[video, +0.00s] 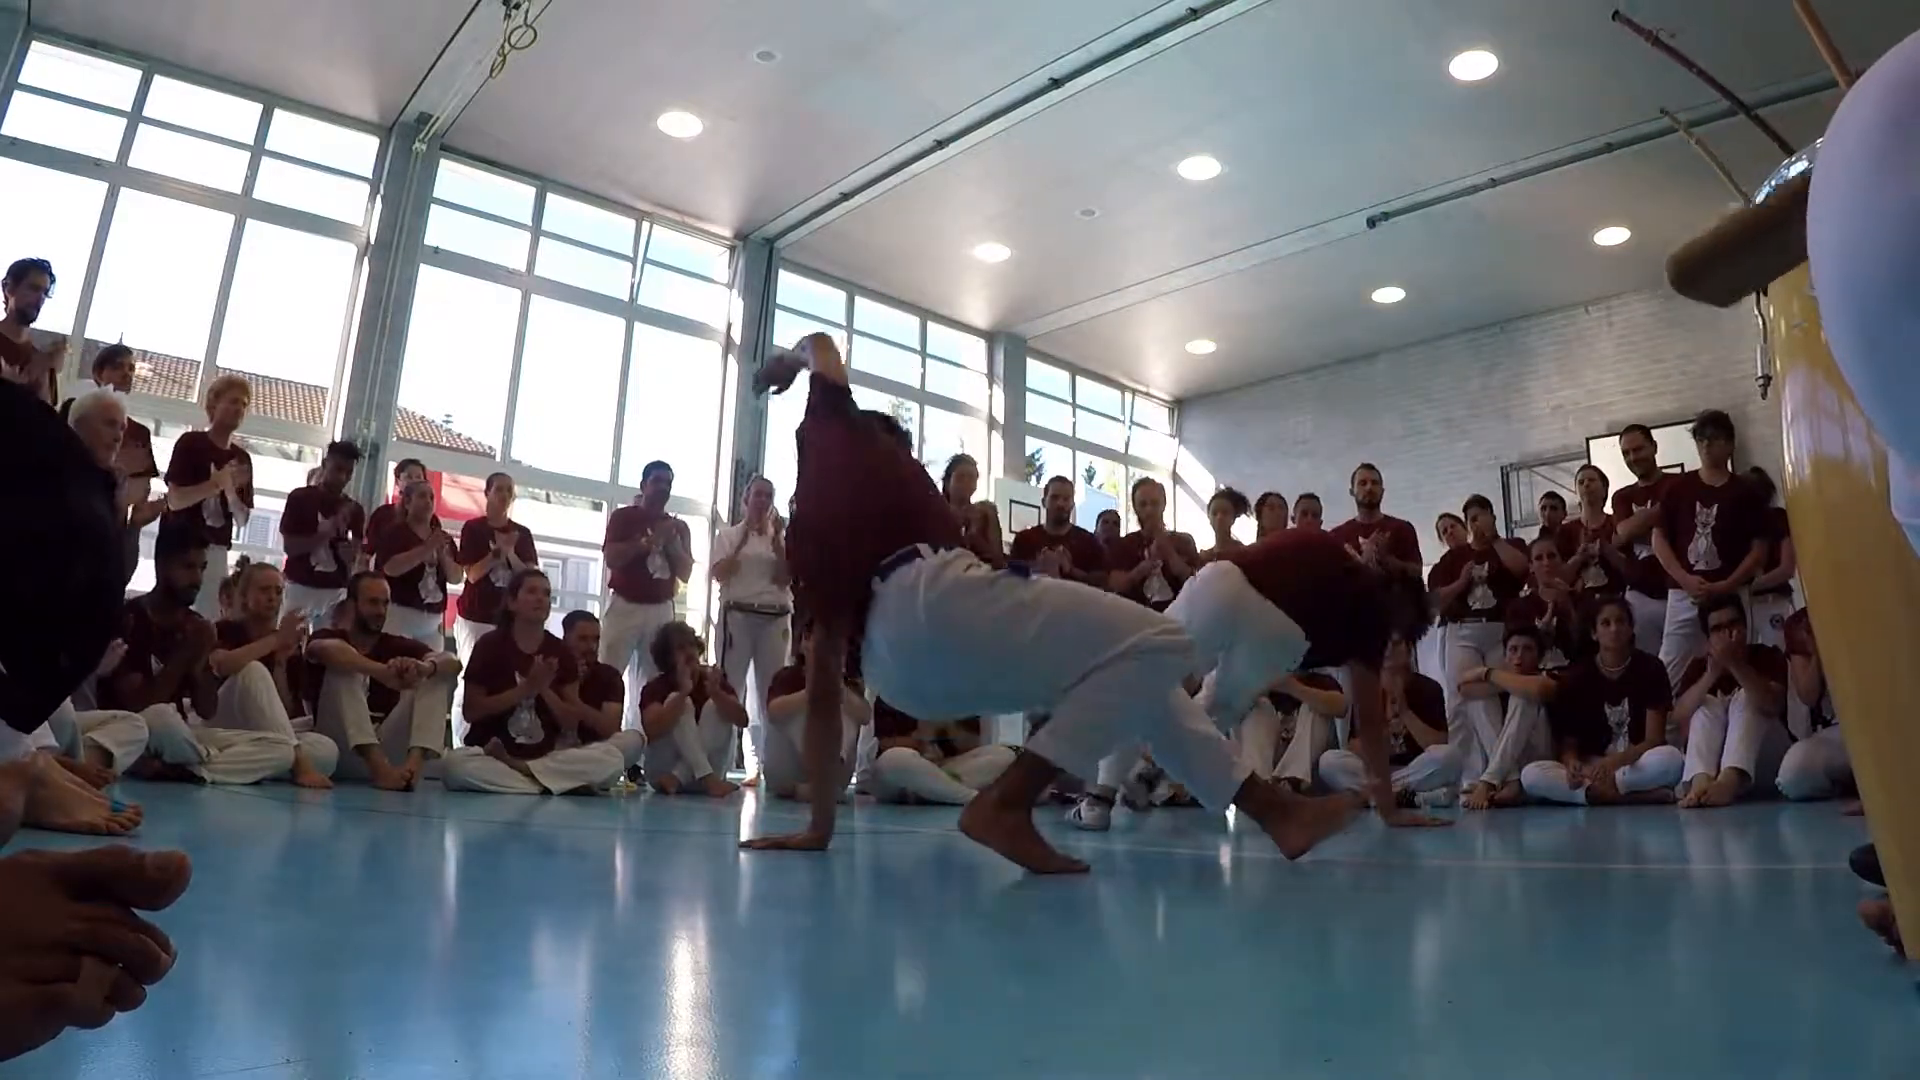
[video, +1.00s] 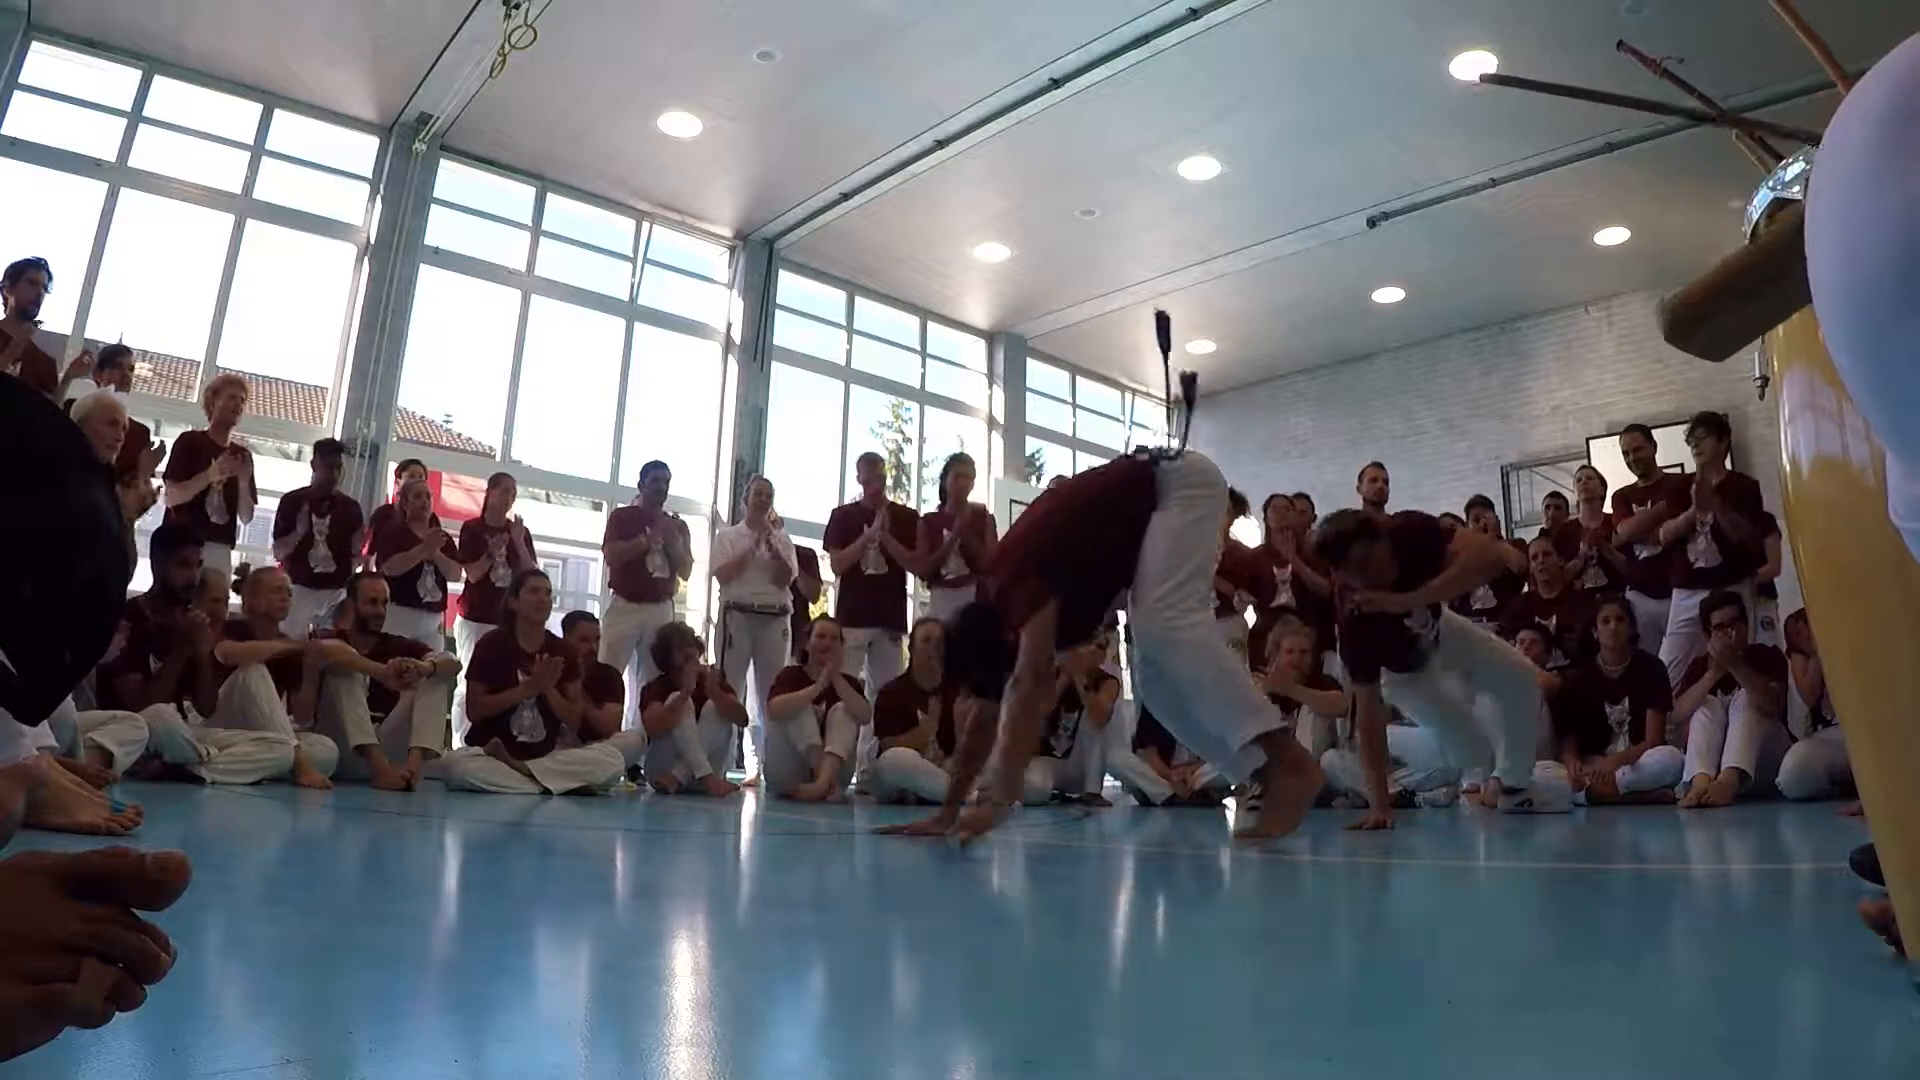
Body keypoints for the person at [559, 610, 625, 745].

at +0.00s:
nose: (591, 646)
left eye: (596, 639)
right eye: (583, 639)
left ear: (600, 640)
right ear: (565, 640)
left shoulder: (610, 675)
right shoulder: (550, 671)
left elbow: (610, 728)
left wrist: (574, 702)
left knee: (633, 738)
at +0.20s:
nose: (591, 646)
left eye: (596, 639)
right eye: (583, 639)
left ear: (600, 640)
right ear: (565, 640)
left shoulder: (609, 675)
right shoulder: (550, 673)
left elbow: (610, 729)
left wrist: (578, 690)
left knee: (634, 738)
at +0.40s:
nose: (592, 646)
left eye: (596, 639)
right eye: (583, 639)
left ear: (600, 640)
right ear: (566, 639)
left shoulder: (609, 675)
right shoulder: (551, 673)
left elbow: (610, 728)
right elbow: (570, 722)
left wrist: (579, 696)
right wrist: (549, 687)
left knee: (633, 738)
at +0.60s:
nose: (592, 647)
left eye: (596, 640)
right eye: (584, 640)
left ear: (600, 640)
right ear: (565, 640)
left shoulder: (610, 675)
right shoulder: (549, 671)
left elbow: (609, 726)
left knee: (633, 739)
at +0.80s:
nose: (593, 647)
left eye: (597, 640)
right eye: (584, 640)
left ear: (600, 640)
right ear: (565, 640)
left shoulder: (609, 675)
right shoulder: (550, 672)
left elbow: (610, 728)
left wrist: (581, 695)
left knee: (634, 739)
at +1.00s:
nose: (593, 647)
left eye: (597, 640)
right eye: (584, 640)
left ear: (600, 640)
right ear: (565, 640)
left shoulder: (609, 675)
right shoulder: (550, 672)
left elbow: (608, 728)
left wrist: (578, 699)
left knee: (634, 739)